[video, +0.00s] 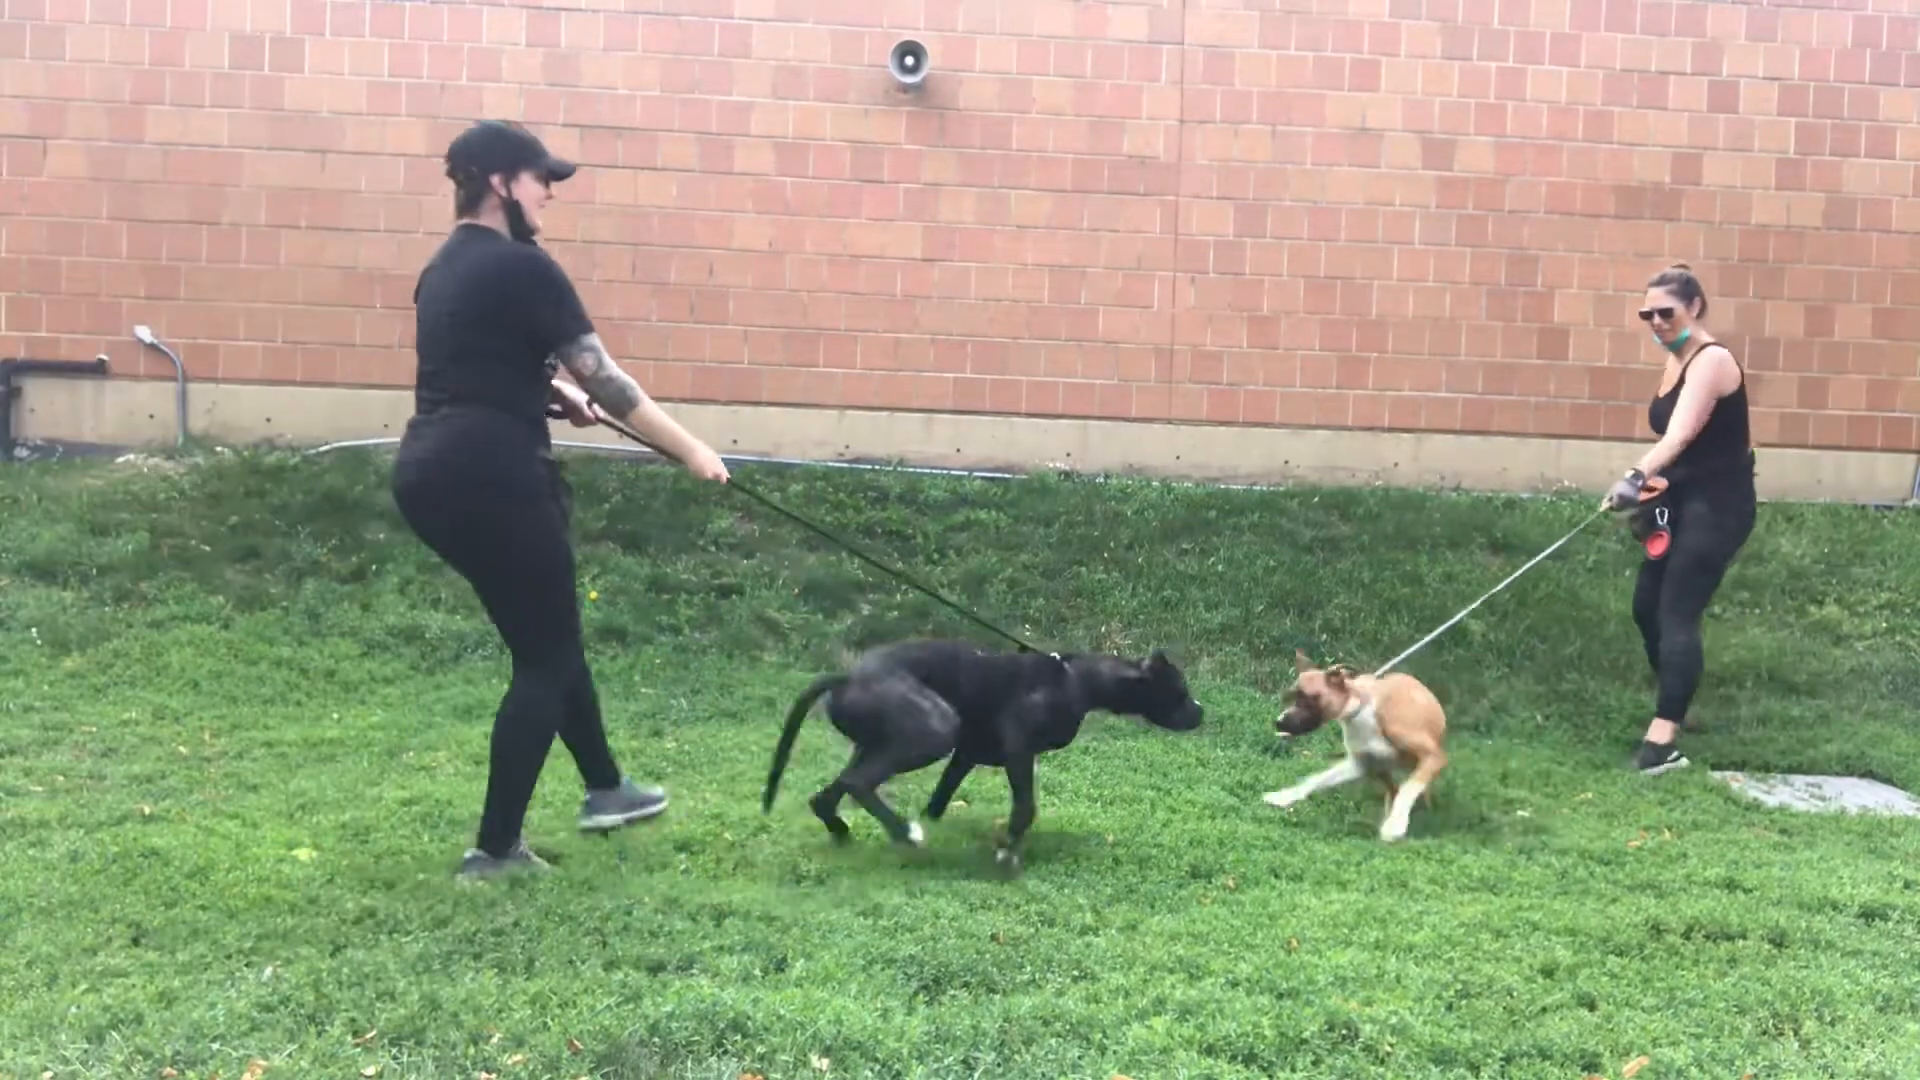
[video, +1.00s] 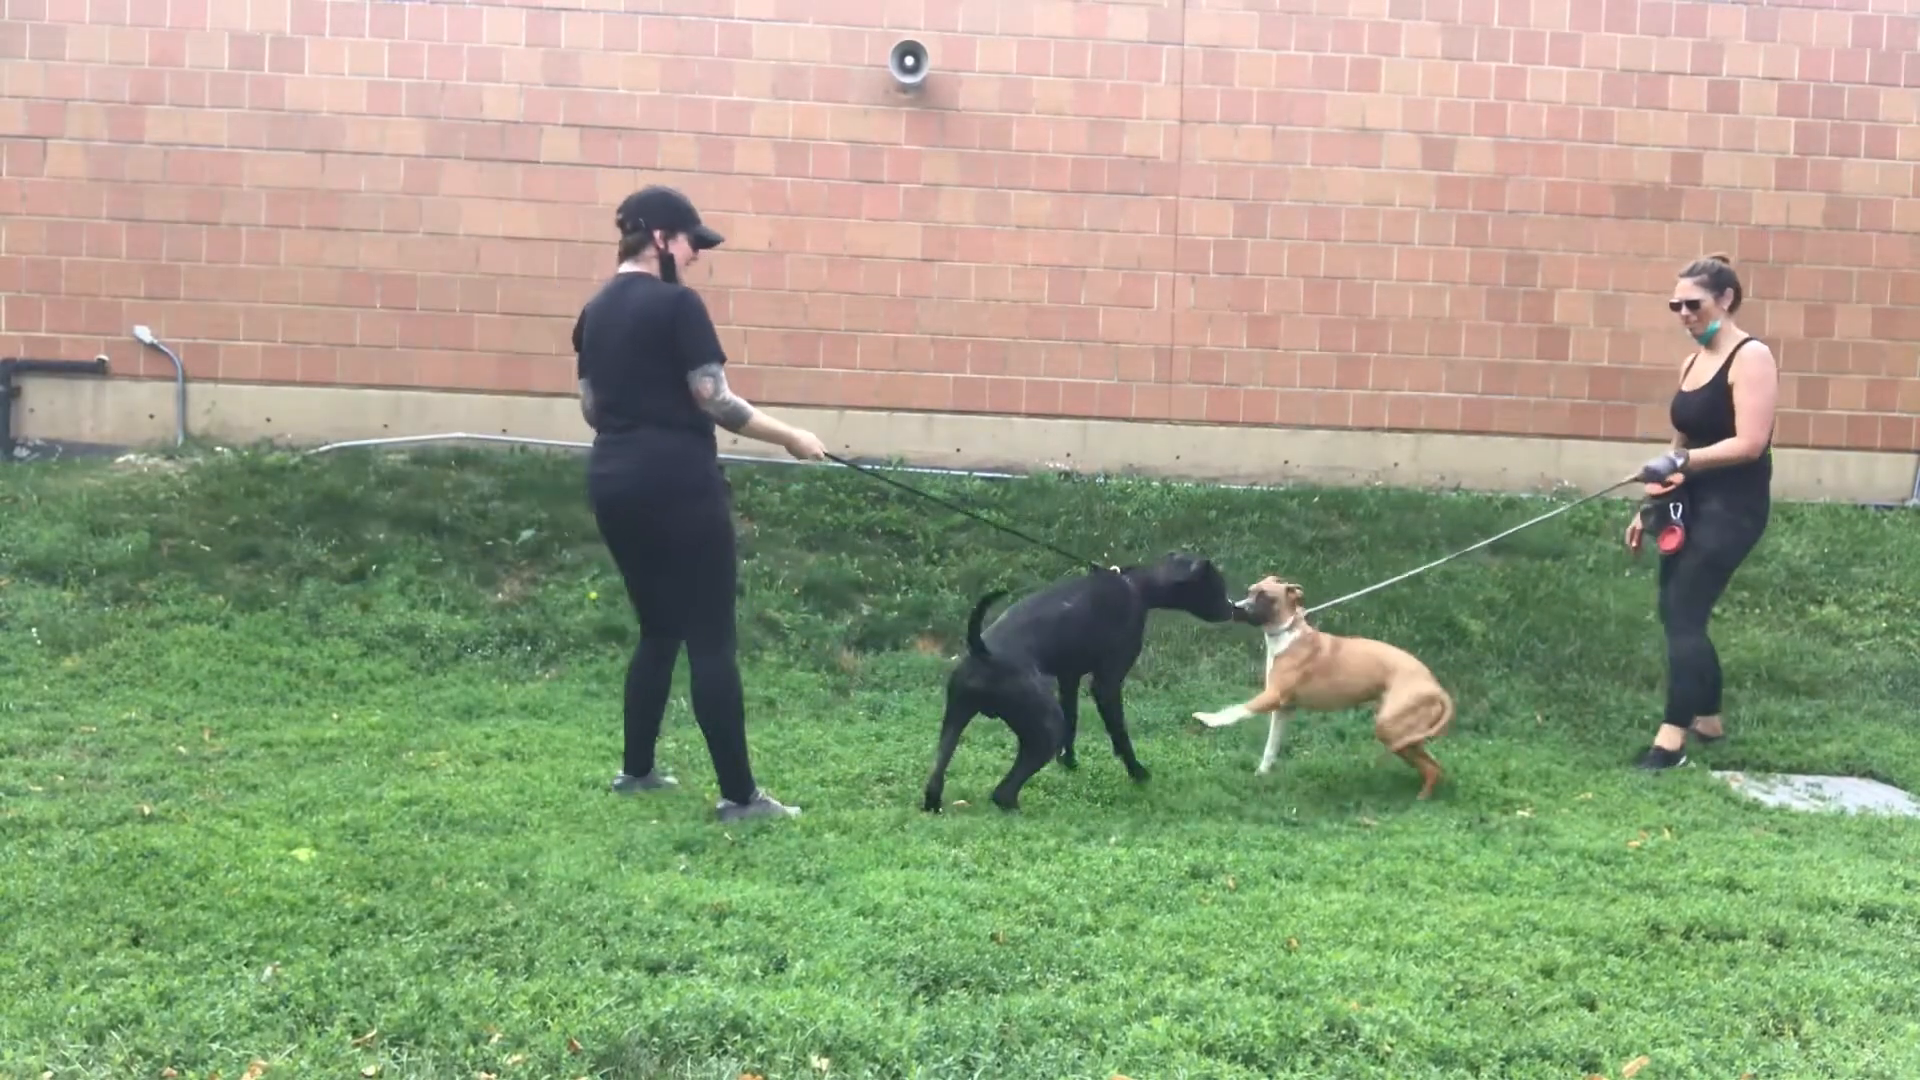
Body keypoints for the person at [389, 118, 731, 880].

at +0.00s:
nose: (549, 195)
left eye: (549, 181)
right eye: (541, 180)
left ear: (479, 186)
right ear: (500, 184)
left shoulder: (442, 267)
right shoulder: (523, 267)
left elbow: (470, 367)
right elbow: (605, 383)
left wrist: (549, 393)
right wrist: (691, 450)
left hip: (427, 468)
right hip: (498, 470)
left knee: (552, 629)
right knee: (544, 655)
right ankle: (497, 848)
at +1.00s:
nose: (699, 259)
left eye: (700, 247)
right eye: (695, 246)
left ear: (635, 241)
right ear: (664, 240)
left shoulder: (594, 309)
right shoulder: (677, 302)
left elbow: (594, 409)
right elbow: (714, 398)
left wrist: (675, 418)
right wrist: (790, 436)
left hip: (613, 472)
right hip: (679, 472)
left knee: (658, 628)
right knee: (712, 635)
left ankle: (636, 771)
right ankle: (740, 796)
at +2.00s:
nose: (720, 262)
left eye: (721, 252)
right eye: (713, 251)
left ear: (668, 250)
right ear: (681, 248)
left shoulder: (618, 305)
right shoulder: (697, 305)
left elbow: (607, 401)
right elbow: (728, 403)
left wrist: (682, 414)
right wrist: (786, 454)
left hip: (619, 467)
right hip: (684, 470)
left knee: (636, 622)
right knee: (708, 627)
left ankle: (634, 771)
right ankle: (727, 775)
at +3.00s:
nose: (743, 269)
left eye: (745, 258)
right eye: (738, 257)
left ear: (694, 256)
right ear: (707, 254)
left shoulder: (642, 315)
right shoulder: (720, 312)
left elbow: (633, 407)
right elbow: (745, 406)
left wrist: (715, 421)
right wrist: (802, 455)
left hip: (648, 469)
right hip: (710, 469)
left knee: (691, 618)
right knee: (726, 622)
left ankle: (641, 743)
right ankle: (731, 766)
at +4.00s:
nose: (712, 272)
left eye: (713, 262)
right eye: (705, 261)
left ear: (669, 261)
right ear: (670, 258)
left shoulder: (639, 309)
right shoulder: (675, 314)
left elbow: (674, 404)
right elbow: (720, 406)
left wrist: (725, 421)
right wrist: (787, 451)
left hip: (625, 463)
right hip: (669, 468)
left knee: (642, 609)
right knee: (705, 609)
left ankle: (638, 753)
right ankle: (707, 756)